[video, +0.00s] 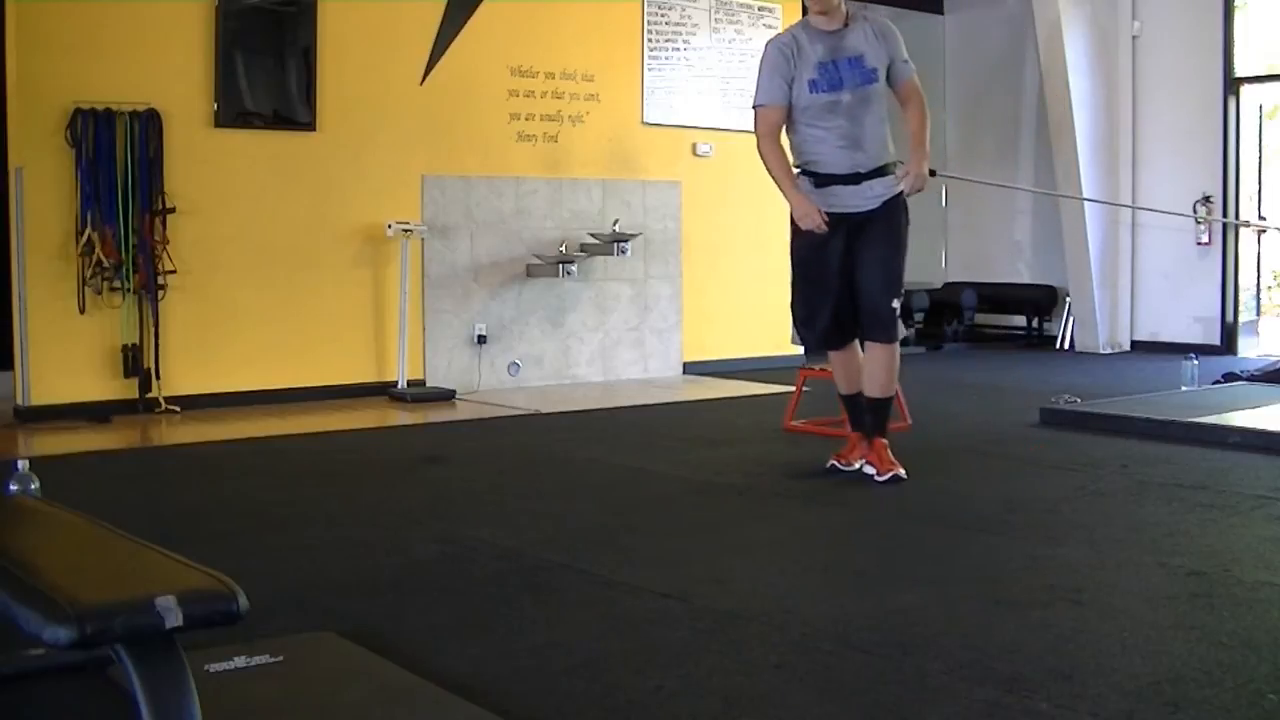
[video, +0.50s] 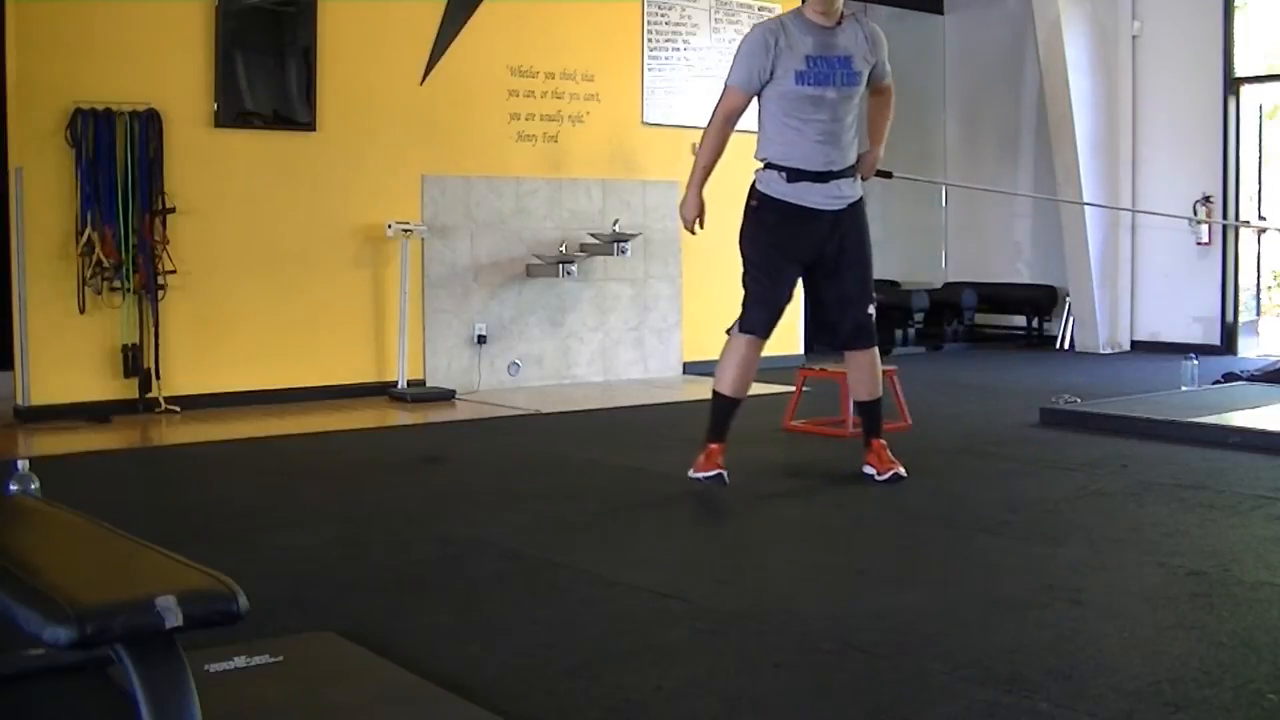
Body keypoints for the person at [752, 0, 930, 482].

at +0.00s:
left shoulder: (879, 31)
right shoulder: (784, 50)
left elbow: (911, 97)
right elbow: (767, 136)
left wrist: (919, 154)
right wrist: (794, 197)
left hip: (881, 201)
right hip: (819, 207)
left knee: (881, 319)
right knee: (833, 327)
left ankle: (878, 441)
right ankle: (858, 437)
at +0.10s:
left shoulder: (882, 34)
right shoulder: (784, 43)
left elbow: (912, 98)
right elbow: (761, 126)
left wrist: (920, 157)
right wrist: (776, 195)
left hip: (874, 201)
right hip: (807, 206)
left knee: (879, 321)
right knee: (817, 329)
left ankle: (879, 442)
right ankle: (853, 427)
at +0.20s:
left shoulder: (882, 35)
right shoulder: (783, 40)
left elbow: (916, 96)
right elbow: (750, 121)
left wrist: (918, 156)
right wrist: (750, 195)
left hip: (867, 203)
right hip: (799, 206)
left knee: (874, 325)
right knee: (796, 328)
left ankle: (877, 444)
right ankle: (830, 411)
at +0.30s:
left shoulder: (881, 33)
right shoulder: (781, 37)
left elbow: (912, 91)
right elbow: (742, 116)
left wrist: (903, 150)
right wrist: (725, 191)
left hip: (859, 205)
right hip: (791, 203)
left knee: (869, 325)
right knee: (778, 322)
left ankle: (876, 445)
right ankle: (787, 422)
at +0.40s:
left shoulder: (876, 33)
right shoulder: (776, 35)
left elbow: (897, 88)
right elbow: (735, 113)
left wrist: (888, 147)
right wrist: (706, 186)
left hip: (851, 204)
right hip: (785, 201)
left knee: (865, 327)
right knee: (767, 323)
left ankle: (876, 446)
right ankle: (740, 443)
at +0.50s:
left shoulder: (867, 36)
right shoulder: (768, 38)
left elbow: (881, 90)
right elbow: (725, 115)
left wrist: (875, 149)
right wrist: (694, 187)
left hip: (843, 207)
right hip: (778, 204)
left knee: (858, 327)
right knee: (755, 323)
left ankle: (875, 446)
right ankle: (713, 448)